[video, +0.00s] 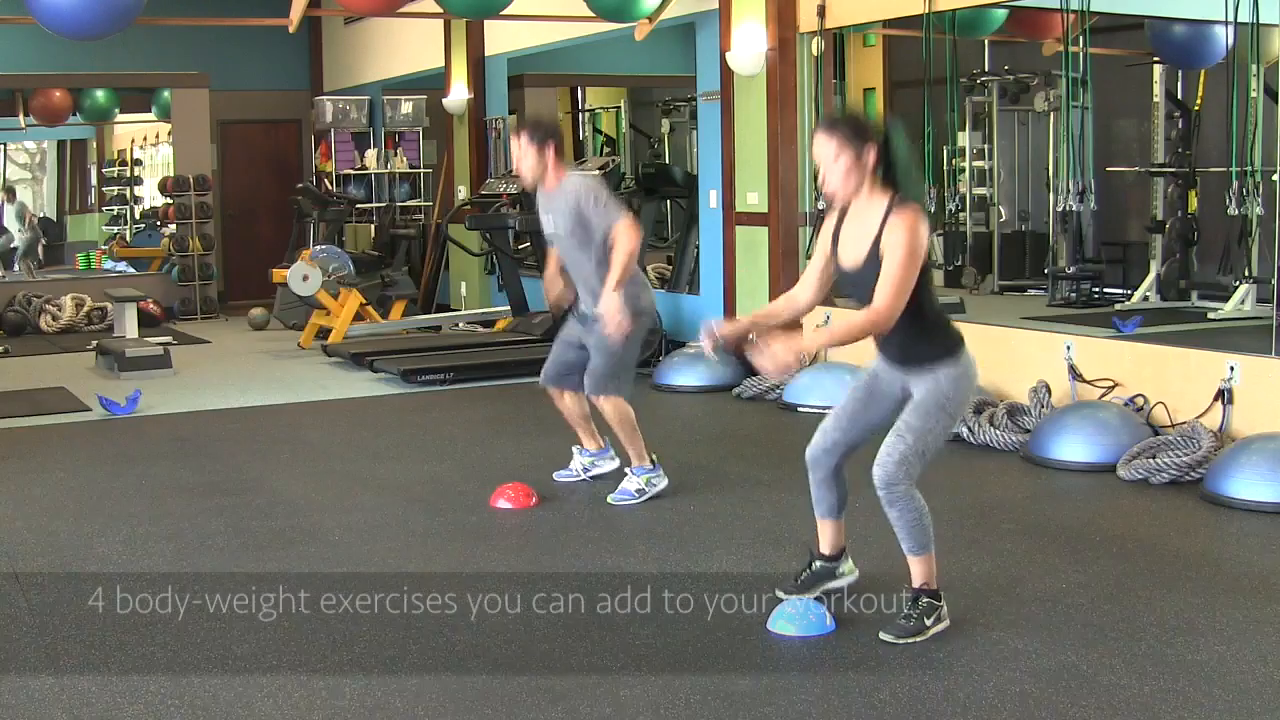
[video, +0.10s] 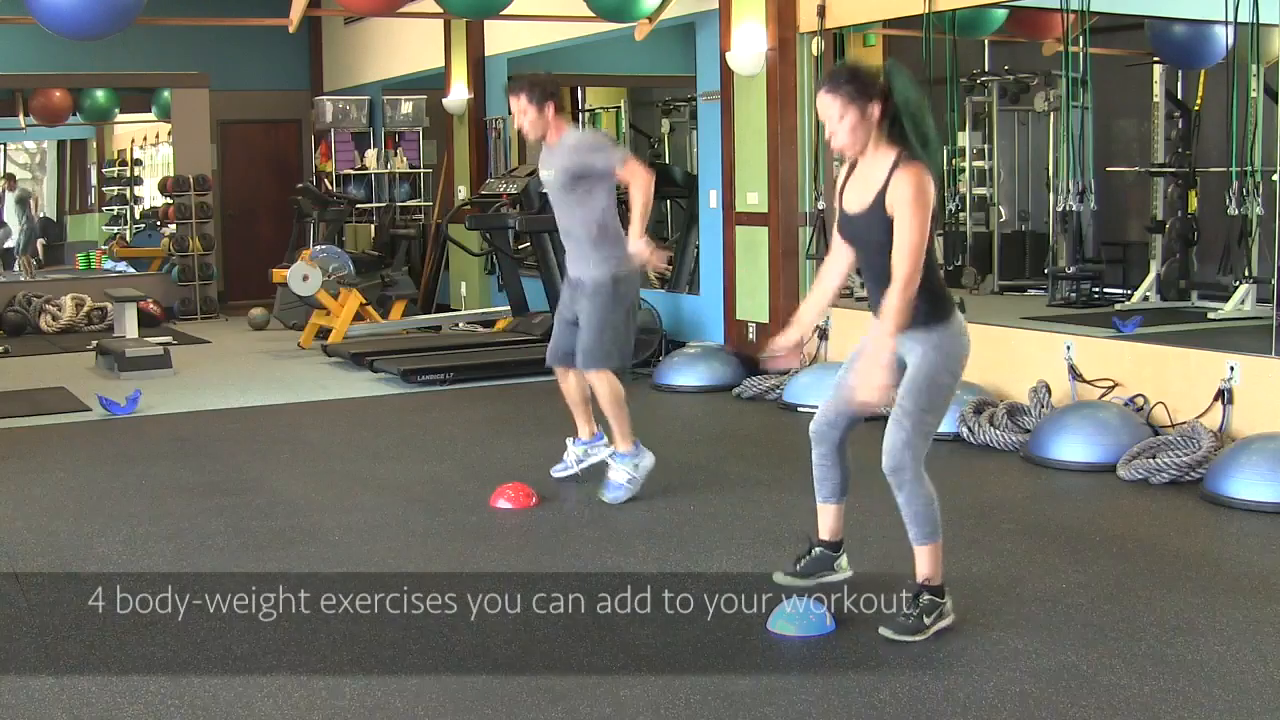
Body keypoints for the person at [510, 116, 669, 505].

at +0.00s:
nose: (515, 164)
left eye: (521, 154)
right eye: (514, 154)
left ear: (548, 151)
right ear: (538, 154)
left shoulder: (584, 186)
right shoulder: (544, 195)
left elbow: (628, 231)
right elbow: (560, 240)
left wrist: (612, 292)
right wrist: (552, 277)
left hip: (621, 307)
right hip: (586, 308)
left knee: (603, 389)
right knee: (558, 381)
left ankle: (646, 470)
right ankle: (596, 452)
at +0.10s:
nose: (518, 124)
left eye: (521, 114)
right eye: (515, 115)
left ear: (548, 109)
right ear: (536, 111)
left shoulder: (583, 144)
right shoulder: (550, 153)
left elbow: (642, 176)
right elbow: (588, 207)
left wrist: (636, 238)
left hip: (608, 276)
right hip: (577, 277)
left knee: (595, 366)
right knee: (562, 361)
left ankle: (630, 453)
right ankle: (589, 439)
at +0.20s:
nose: (516, 106)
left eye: (519, 96)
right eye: (514, 97)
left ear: (546, 93)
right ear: (539, 95)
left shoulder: (582, 127)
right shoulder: (549, 134)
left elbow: (642, 161)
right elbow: (588, 186)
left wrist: (641, 223)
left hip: (600, 257)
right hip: (578, 256)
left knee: (574, 347)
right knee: (569, 347)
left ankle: (597, 440)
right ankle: (588, 438)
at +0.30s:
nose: (515, 115)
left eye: (519, 105)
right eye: (513, 106)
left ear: (546, 102)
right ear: (541, 104)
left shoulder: (582, 137)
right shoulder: (547, 145)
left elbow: (636, 178)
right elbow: (583, 202)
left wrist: (629, 240)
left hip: (597, 264)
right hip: (573, 263)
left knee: (556, 347)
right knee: (570, 357)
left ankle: (562, 441)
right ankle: (596, 447)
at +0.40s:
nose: (520, 133)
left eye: (526, 124)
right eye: (518, 124)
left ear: (553, 122)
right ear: (544, 125)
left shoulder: (583, 159)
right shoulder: (550, 168)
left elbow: (629, 203)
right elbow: (575, 221)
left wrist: (600, 252)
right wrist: (556, 254)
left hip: (597, 288)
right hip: (576, 288)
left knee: (541, 365)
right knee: (569, 384)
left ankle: (553, 457)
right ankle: (606, 460)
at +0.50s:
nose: (522, 127)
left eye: (527, 117)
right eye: (519, 118)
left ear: (554, 114)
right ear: (539, 118)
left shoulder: (585, 149)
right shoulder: (550, 157)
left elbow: (622, 195)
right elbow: (569, 210)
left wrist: (569, 228)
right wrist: (540, 230)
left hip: (601, 280)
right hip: (577, 280)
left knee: (549, 356)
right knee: (574, 372)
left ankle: (555, 449)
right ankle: (603, 456)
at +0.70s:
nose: (517, 129)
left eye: (521, 119)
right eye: (514, 121)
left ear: (546, 110)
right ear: (539, 114)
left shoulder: (583, 142)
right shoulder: (552, 151)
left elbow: (592, 197)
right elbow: (568, 199)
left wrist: (531, 199)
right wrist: (526, 200)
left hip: (612, 271)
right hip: (586, 271)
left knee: (583, 359)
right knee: (562, 359)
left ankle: (617, 452)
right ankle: (585, 442)